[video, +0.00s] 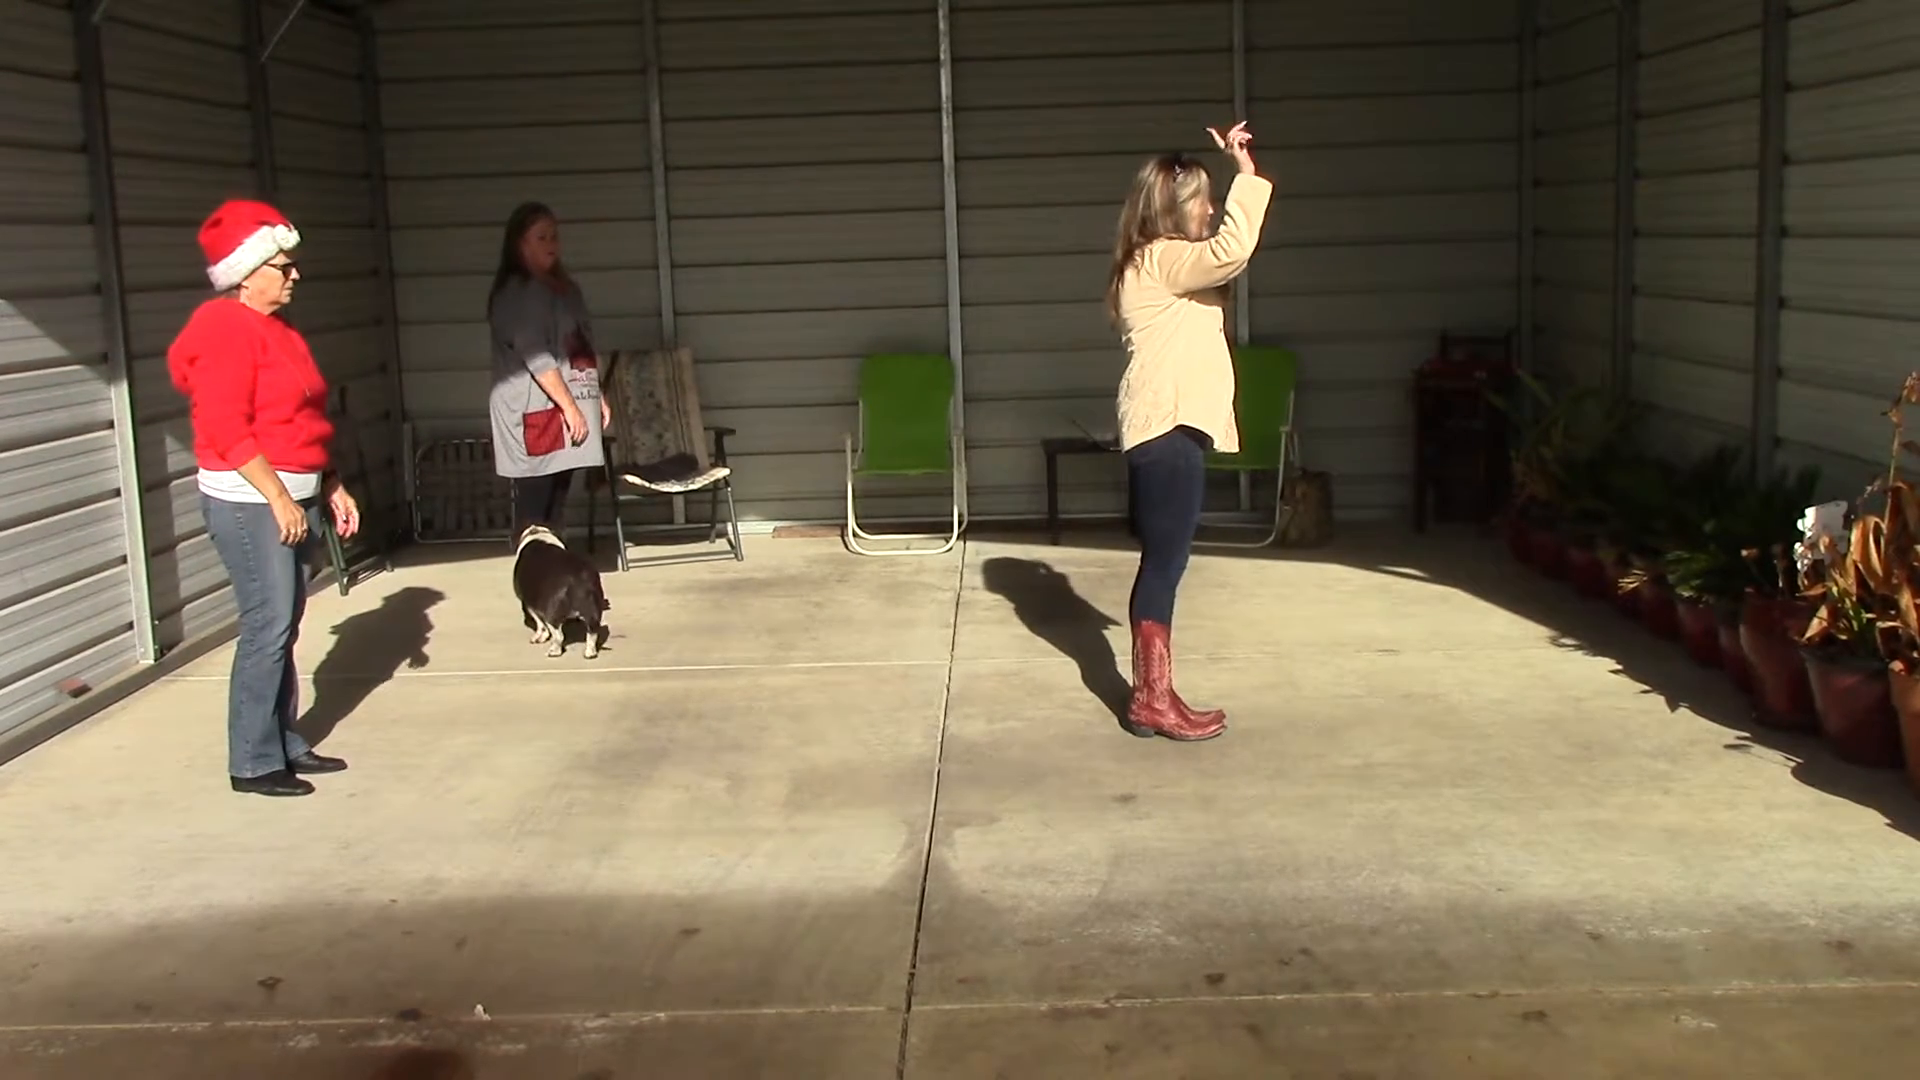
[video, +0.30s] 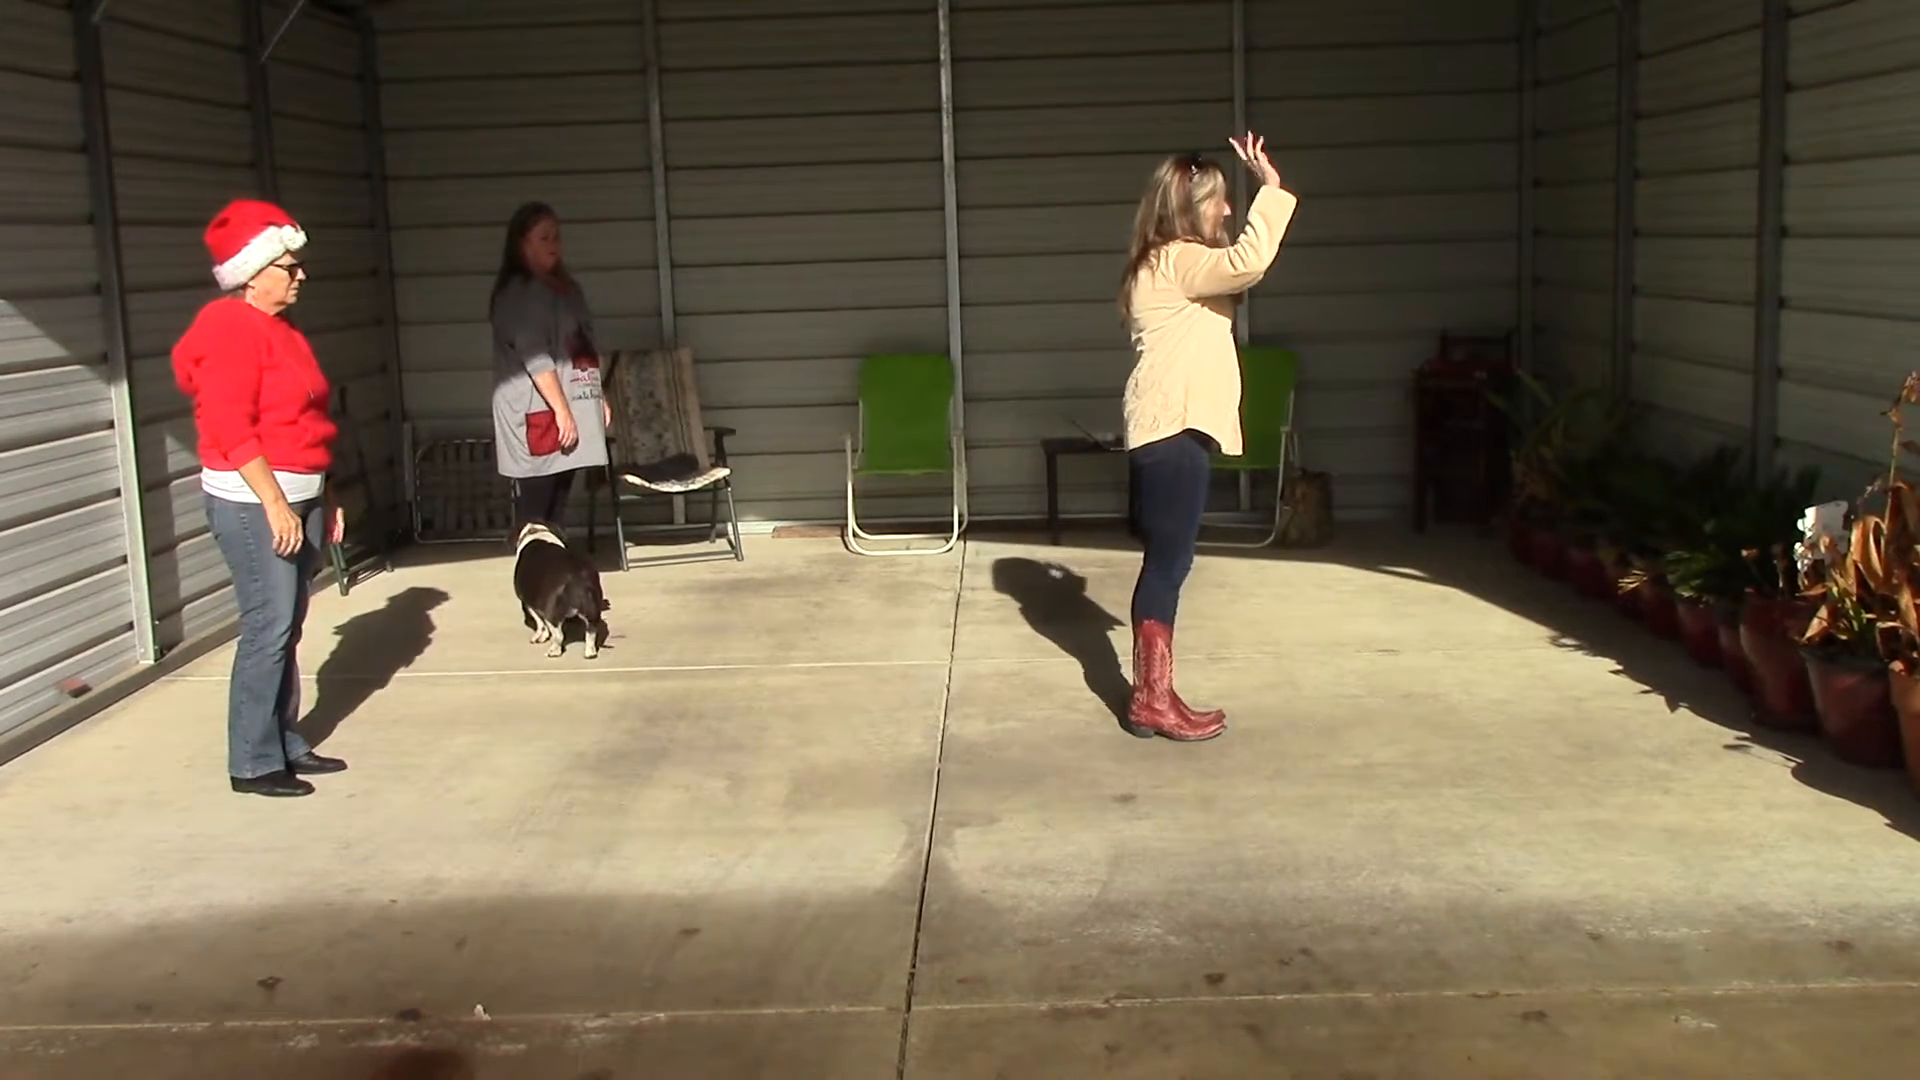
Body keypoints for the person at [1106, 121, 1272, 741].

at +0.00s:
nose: (1213, 209)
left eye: (1211, 199)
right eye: (1204, 200)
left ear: (1170, 206)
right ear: (1174, 206)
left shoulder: (1158, 262)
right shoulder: (1160, 258)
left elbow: (1227, 254)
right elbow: (1231, 250)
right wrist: (1250, 177)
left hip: (1167, 428)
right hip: (1168, 428)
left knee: (1162, 560)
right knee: (1164, 560)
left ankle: (1154, 695)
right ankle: (1151, 699)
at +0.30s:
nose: (1227, 212)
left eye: (1226, 201)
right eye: (1219, 201)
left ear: (1183, 205)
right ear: (1190, 205)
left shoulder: (1160, 263)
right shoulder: (1175, 259)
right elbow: (1248, 262)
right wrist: (1274, 191)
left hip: (1168, 427)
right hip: (1175, 427)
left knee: (1166, 561)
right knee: (1167, 563)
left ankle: (1156, 697)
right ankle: (1151, 700)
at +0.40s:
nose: (1230, 218)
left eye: (1230, 208)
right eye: (1222, 208)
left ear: (1180, 208)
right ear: (1192, 209)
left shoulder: (1156, 268)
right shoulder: (1183, 263)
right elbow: (1252, 274)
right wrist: (1287, 205)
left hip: (1158, 434)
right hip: (1183, 433)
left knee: (1173, 557)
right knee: (1207, 560)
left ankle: (1147, 690)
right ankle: (1157, 692)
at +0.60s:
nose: (1243, 234)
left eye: (1243, 223)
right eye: (1235, 223)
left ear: (1198, 223)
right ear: (1204, 222)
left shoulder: (1163, 277)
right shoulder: (1193, 271)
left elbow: (1177, 348)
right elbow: (1266, 272)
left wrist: (1226, 330)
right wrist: (1310, 206)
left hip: (1167, 451)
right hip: (1199, 447)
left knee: (1205, 561)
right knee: (1284, 542)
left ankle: (1154, 689)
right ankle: (1217, 668)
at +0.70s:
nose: (1251, 240)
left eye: (1251, 230)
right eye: (1245, 228)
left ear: (1199, 221)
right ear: (1219, 223)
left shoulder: (1170, 280)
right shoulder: (1201, 271)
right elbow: (1277, 259)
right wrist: (1320, 192)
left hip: (1175, 452)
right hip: (1208, 446)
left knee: (1213, 567)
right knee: (1301, 540)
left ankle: (1155, 687)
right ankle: (1278, 679)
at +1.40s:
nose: (1308, 215)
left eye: (1305, 205)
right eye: (1298, 207)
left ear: (1255, 222)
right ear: (1270, 219)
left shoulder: (1232, 281)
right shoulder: (1271, 271)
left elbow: (1235, 364)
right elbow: (1315, 317)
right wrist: (1376, 259)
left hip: (1236, 448)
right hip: (1268, 444)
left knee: (1272, 567)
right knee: (1322, 554)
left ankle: (1196, 679)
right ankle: (1329, 696)